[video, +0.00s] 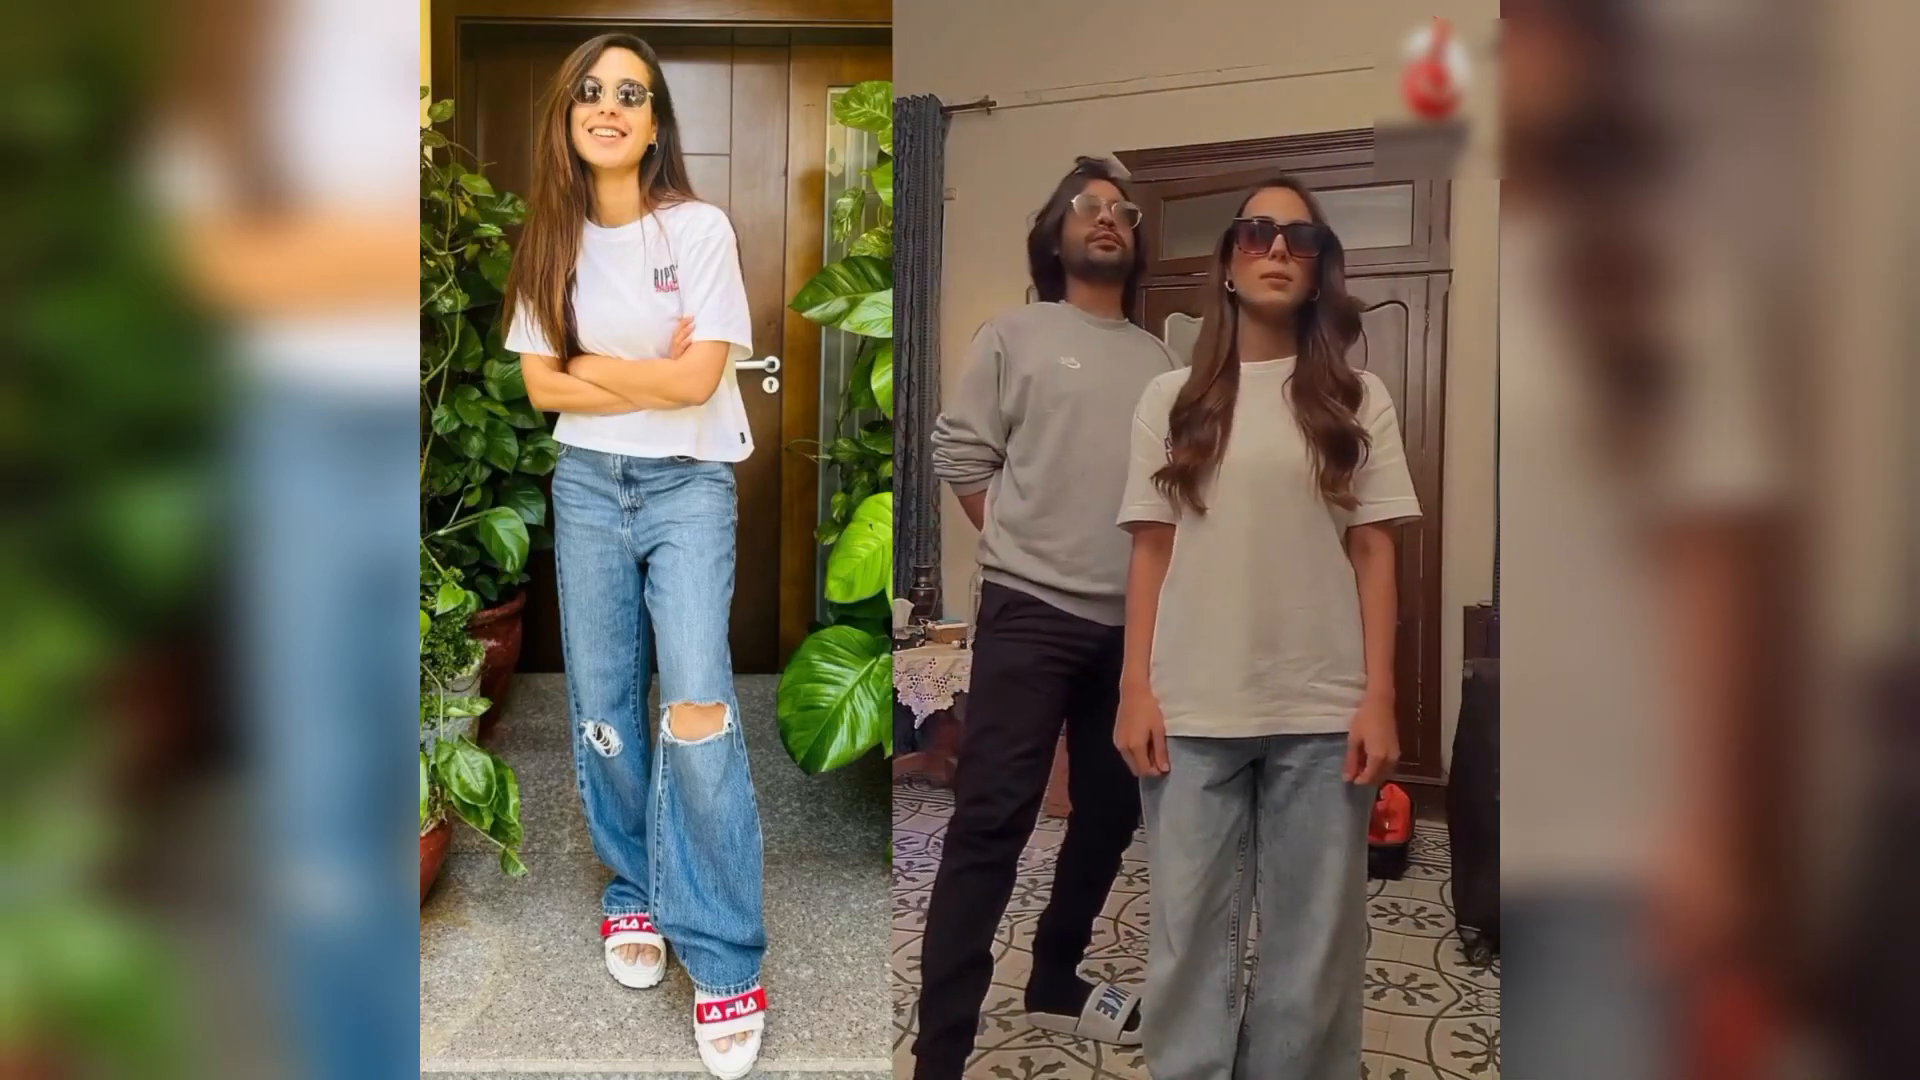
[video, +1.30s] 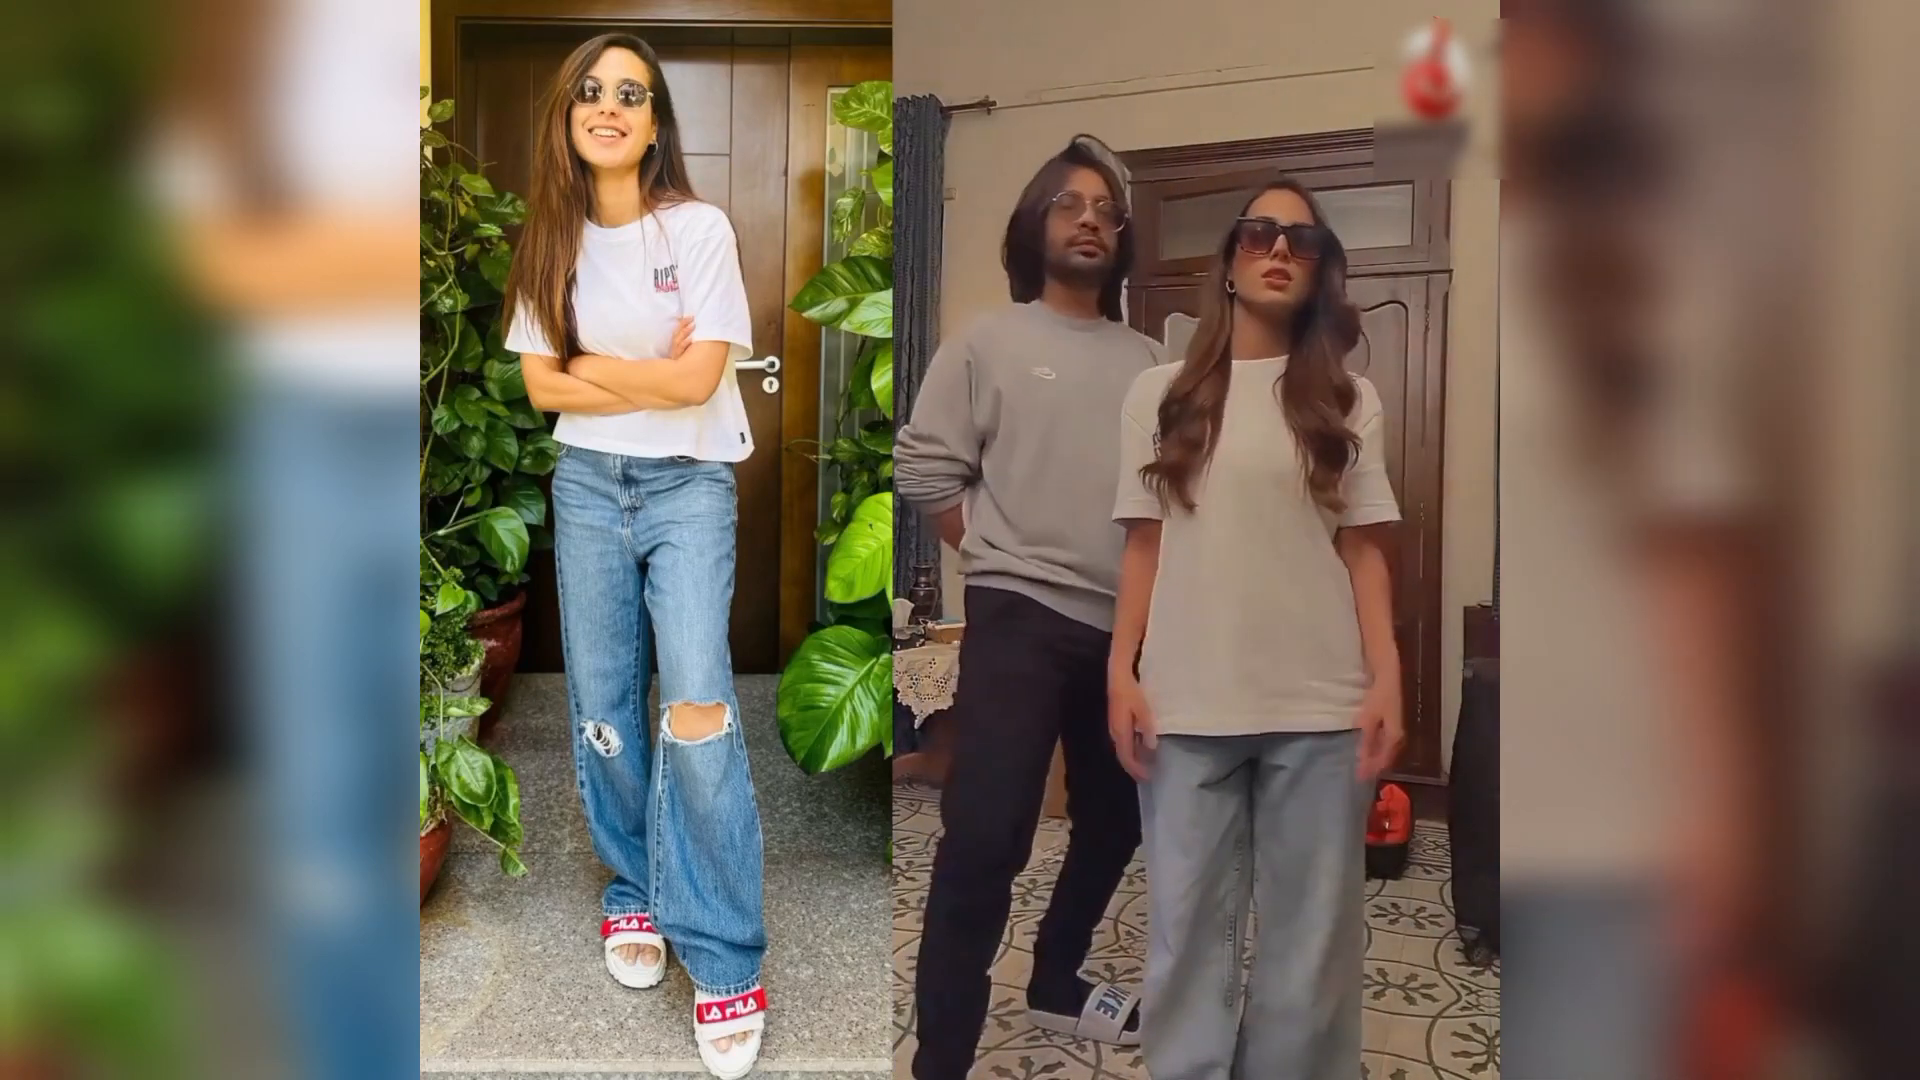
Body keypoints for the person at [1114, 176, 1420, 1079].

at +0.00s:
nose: (1278, 249)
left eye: (1299, 238)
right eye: (1258, 235)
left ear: (1321, 268)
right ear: (1227, 263)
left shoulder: (1358, 397)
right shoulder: (1174, 395)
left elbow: (1374, 554)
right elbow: (1150, 550)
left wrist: (1378, 700)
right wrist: (1136, 685)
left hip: (1325, 717)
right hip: (1193, 715)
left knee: (1313, 957)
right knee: (1184, 945)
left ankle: (1289, 1073)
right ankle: (1186, 1070)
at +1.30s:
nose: (1278, 249)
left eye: (1300, 240)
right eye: (1260, 235)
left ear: (1323, 271)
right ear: (1228, 261)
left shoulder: (1346, 395)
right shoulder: (1164, 390)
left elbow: (1366, 552)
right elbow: (1143, 544)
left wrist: (1386, 682)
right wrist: (1121, 671)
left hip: (1322, 714)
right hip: (1185, 712)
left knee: (1309, 954)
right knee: (1181, 944)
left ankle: (1290, 1073)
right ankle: (1186, 1068)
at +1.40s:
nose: (1274, 247)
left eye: (1295, 236)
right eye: (1255, 233)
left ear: (1320, 265)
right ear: (1225, 260)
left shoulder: (1351, 393)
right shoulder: (1168, 390)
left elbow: (1354, 542)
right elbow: (1164, 540)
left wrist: (1421, 535)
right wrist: (1103, 552)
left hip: (1320, 707)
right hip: (1185, 705)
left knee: (1310, 951)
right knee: (1183, 943)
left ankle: (1293, 1071)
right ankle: (1184, 1067)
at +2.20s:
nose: (1265, 247)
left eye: (1285, 236)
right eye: (1246, 233)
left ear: (1311, 265)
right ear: (1216, 262)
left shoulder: (1346, 396)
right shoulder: (1161, 394)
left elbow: (1353, 544)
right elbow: (1153, 541)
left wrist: (1426, 550)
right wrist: (1070, 544)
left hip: (1317, 708)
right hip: (1180, 707)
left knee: (1308, 949)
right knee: (1183, 942)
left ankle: (1294, 1072)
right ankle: (1185, 1068)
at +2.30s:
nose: (1264, 245)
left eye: (1285, 234)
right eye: (1246, 232)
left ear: (1311, 265)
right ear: (1216, 263)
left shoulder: (1344, 392)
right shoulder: (1163, 390)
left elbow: (1394, 540)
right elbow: (1115, 532)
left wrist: (1431, 407)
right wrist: (1066, 402)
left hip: (1317, 706)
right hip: (1181, 704)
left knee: (1309, 953)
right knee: (1182, 945)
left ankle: (1294, 1072)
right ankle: (1184, 1067)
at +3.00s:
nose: (1266, 248)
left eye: (1286, 236)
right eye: (1247, 234)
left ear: (1311, 263)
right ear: (1217, 258)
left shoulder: (1347, 392)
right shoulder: (1159, 391)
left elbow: (1384, 537)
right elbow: (1105, 531)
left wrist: (1471, 451)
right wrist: (1026, 446)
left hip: (1320, 707)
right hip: (1184, 708)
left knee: (1315, 944)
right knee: (1185, 938)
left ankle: (1294, 1075)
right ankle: (1186, 1069)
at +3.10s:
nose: (1265, 249)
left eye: (1286, 238)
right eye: (1246, 236)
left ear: (1312, 265)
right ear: (1218, 263)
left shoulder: (1350, 398)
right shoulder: (1159, 398)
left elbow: (1370, 539)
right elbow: (1124, 532)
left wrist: (1430, 579)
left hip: (1321, 713)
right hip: (1182, 713)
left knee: (1312, 948)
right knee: (1185, 940)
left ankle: (1297, 1070)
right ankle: (1186, 1066)